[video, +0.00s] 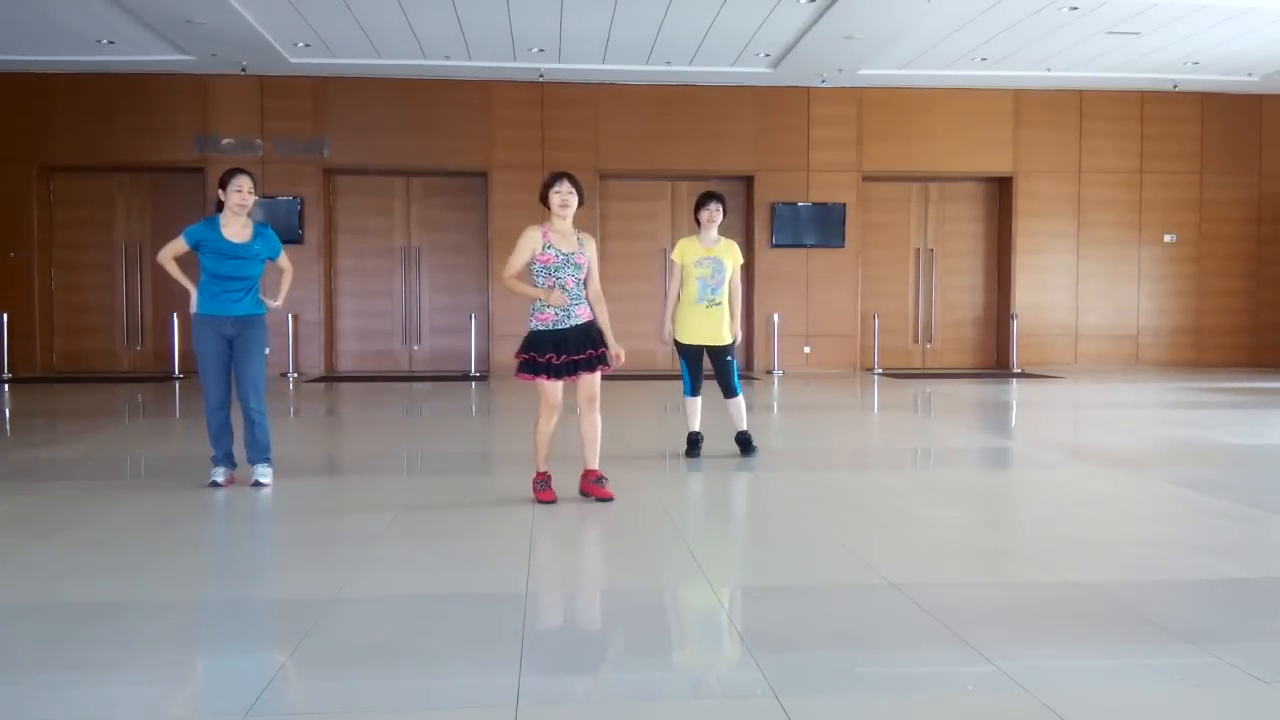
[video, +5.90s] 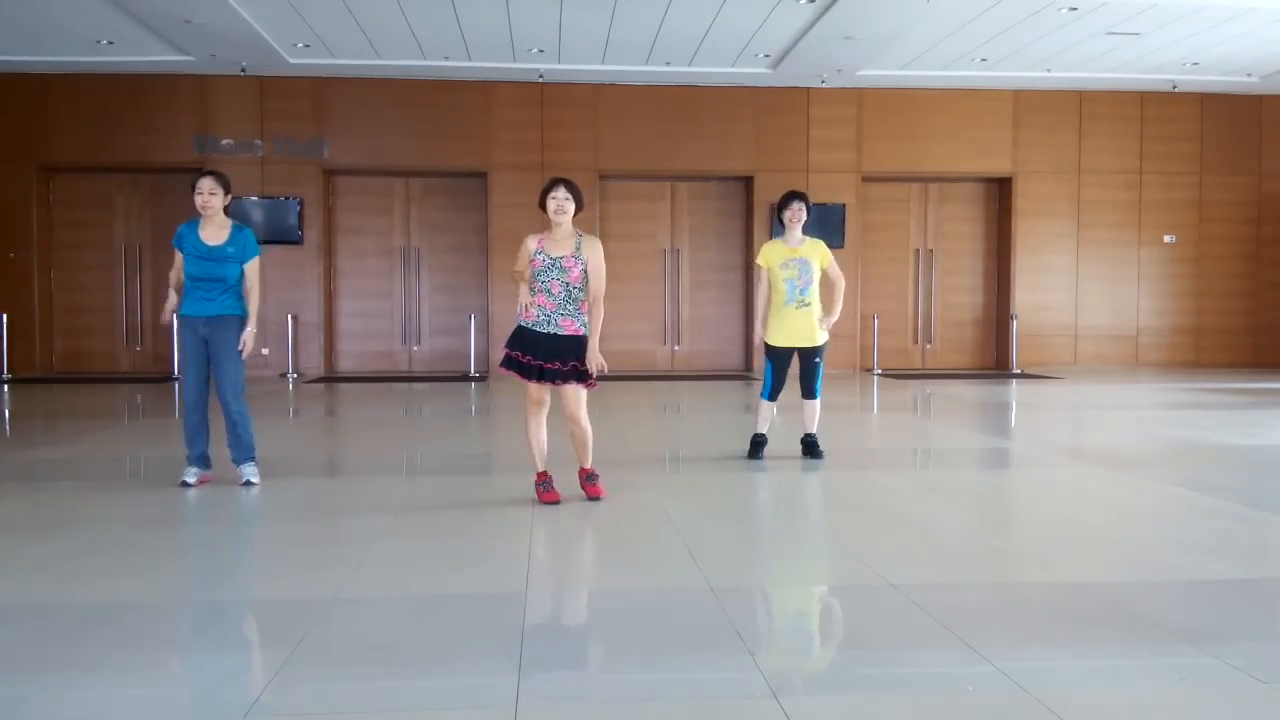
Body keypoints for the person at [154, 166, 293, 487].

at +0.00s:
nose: (244, 197)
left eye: (249, 192)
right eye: (237, 190)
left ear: (255, 198)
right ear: (222, 194)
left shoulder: (264, 235)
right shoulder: (203, 231)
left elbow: (287, 268)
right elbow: (163, 256)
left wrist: (279, 299)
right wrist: (191, 288)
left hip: (251, 322)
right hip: (210, 322)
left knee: (253, 397)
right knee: (216, 398)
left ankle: (261, 463)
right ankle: (222, 464)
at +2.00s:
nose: (250, 199)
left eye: (250, 193)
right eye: (244, 193)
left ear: (238, 196)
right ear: (224, 195)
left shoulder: (254, 233)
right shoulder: (197, 229)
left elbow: (280, 266)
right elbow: (156, 258)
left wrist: (301, 291)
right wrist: (187, 288)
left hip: (246, 321)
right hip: (205, 322)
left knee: (252, 395)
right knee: (211, 397)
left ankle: (266, 463)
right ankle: (216, 465)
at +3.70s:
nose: (231, 198)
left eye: (233, 193)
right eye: (224, 193)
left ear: (234, 197)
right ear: (205, 197)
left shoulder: (246, 232)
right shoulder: (185, 235)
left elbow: (265, 278)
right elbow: (159, 266)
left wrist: (274, 320)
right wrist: (185, 291)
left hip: (241, 322)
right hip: (202, 324)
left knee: (245, 398)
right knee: (196, 398)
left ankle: (249, 463)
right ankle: (184, 465)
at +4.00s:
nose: (217, 202)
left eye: (220, 196)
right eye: (210, 196)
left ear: (223, 199)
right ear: (191, 199)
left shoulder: (230, 237)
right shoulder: (170, 232)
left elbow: (236, 285)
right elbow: (139, 260)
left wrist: (228, 328)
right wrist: (161, 288)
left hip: (211, 323)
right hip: (172, 324)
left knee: (225, 397)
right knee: (177, 398)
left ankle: (245, 461)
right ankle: (182, 466)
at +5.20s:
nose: (213, 198)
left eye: (220, 192)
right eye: (208, 193)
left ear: (236, 196)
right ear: (203, 197)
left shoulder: (257, 235)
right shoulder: (196, 234)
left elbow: (270, 282)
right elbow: (184, 273)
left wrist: (275, 323)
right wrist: (174, 294)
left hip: (251, 323)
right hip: (210, 324)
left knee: (249, 399)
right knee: (202, 397)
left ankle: (249, 463)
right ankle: (195, 466)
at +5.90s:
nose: (204, 199)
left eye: (211, 193)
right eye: (199, 193)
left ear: (226, 198)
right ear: (193, 197)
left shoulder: (242, 236)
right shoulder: (185, 233)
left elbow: (252, 284)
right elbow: (177, 272)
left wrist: (251, 326)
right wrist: (173, 296)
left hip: (227, 322)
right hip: (190, 323)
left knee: (231, 396)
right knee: (192, 396)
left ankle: (246, 462)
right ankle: (198, 464)